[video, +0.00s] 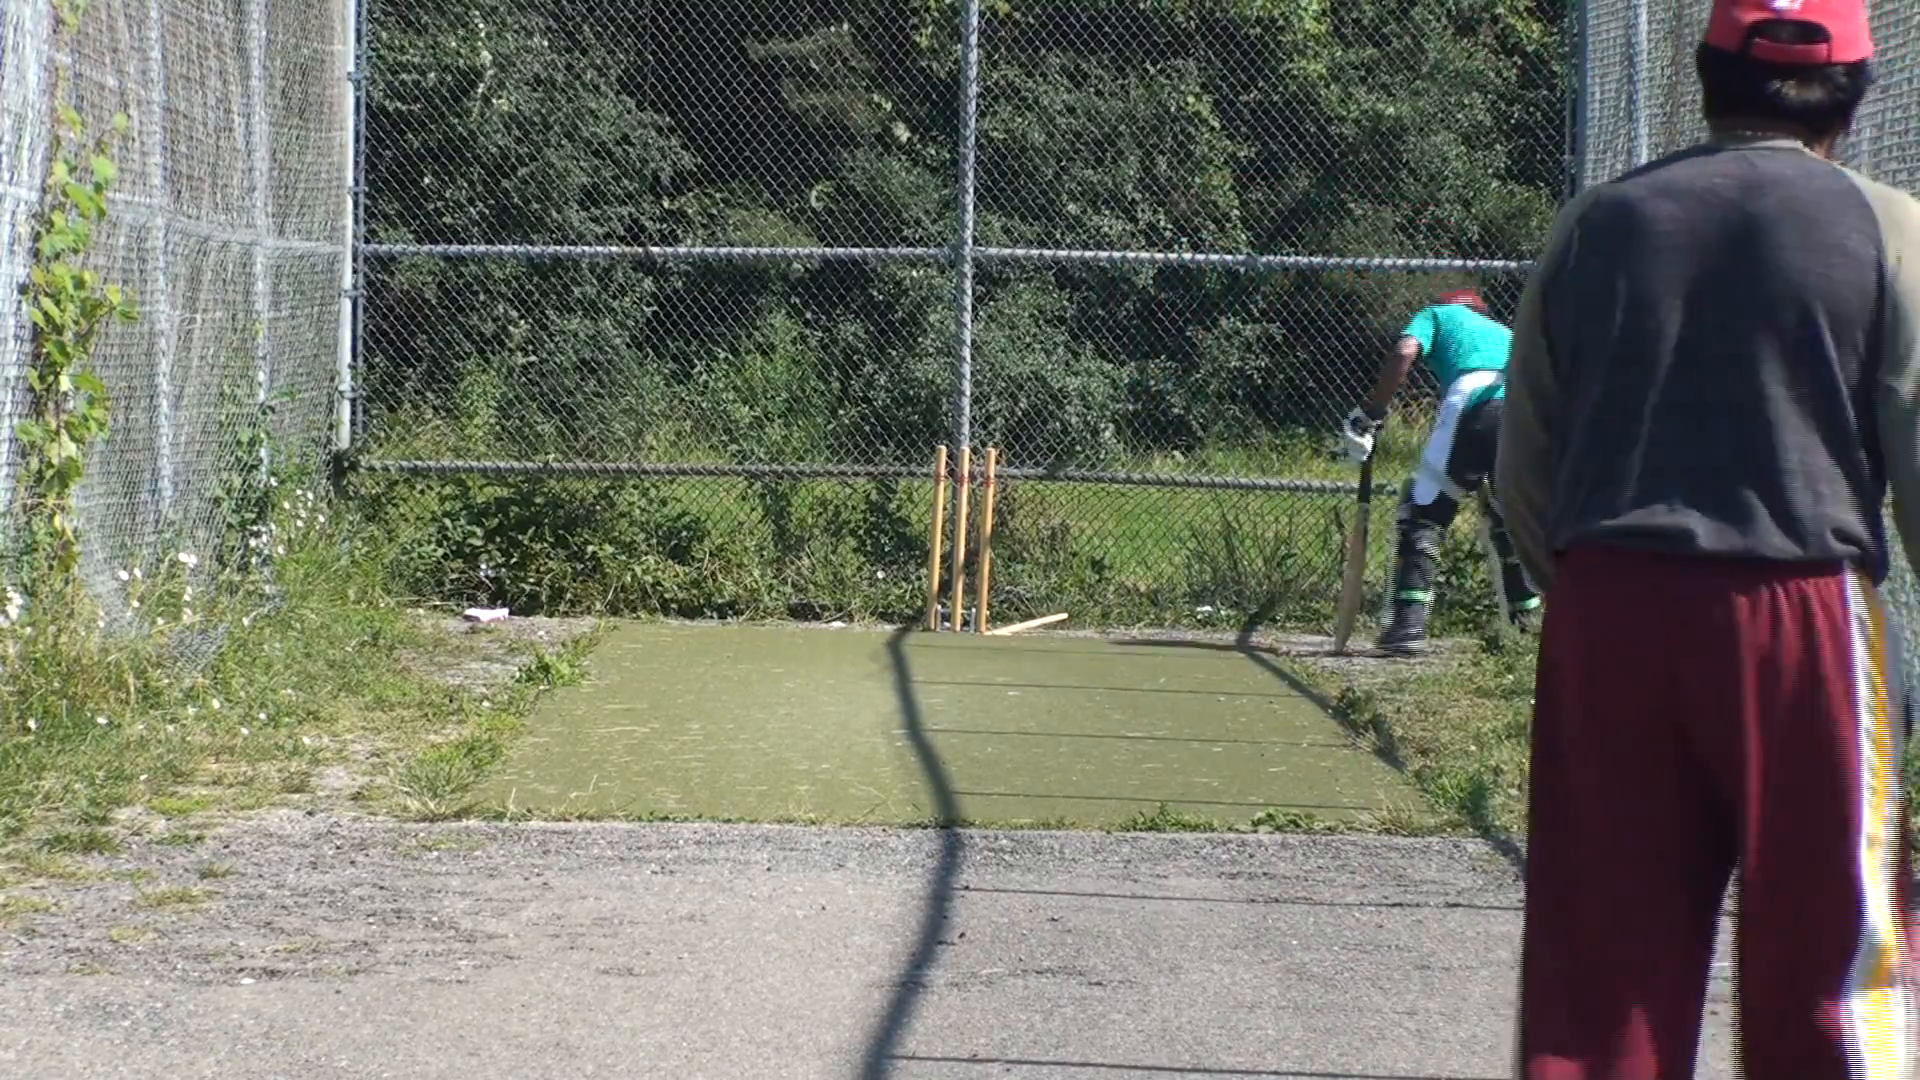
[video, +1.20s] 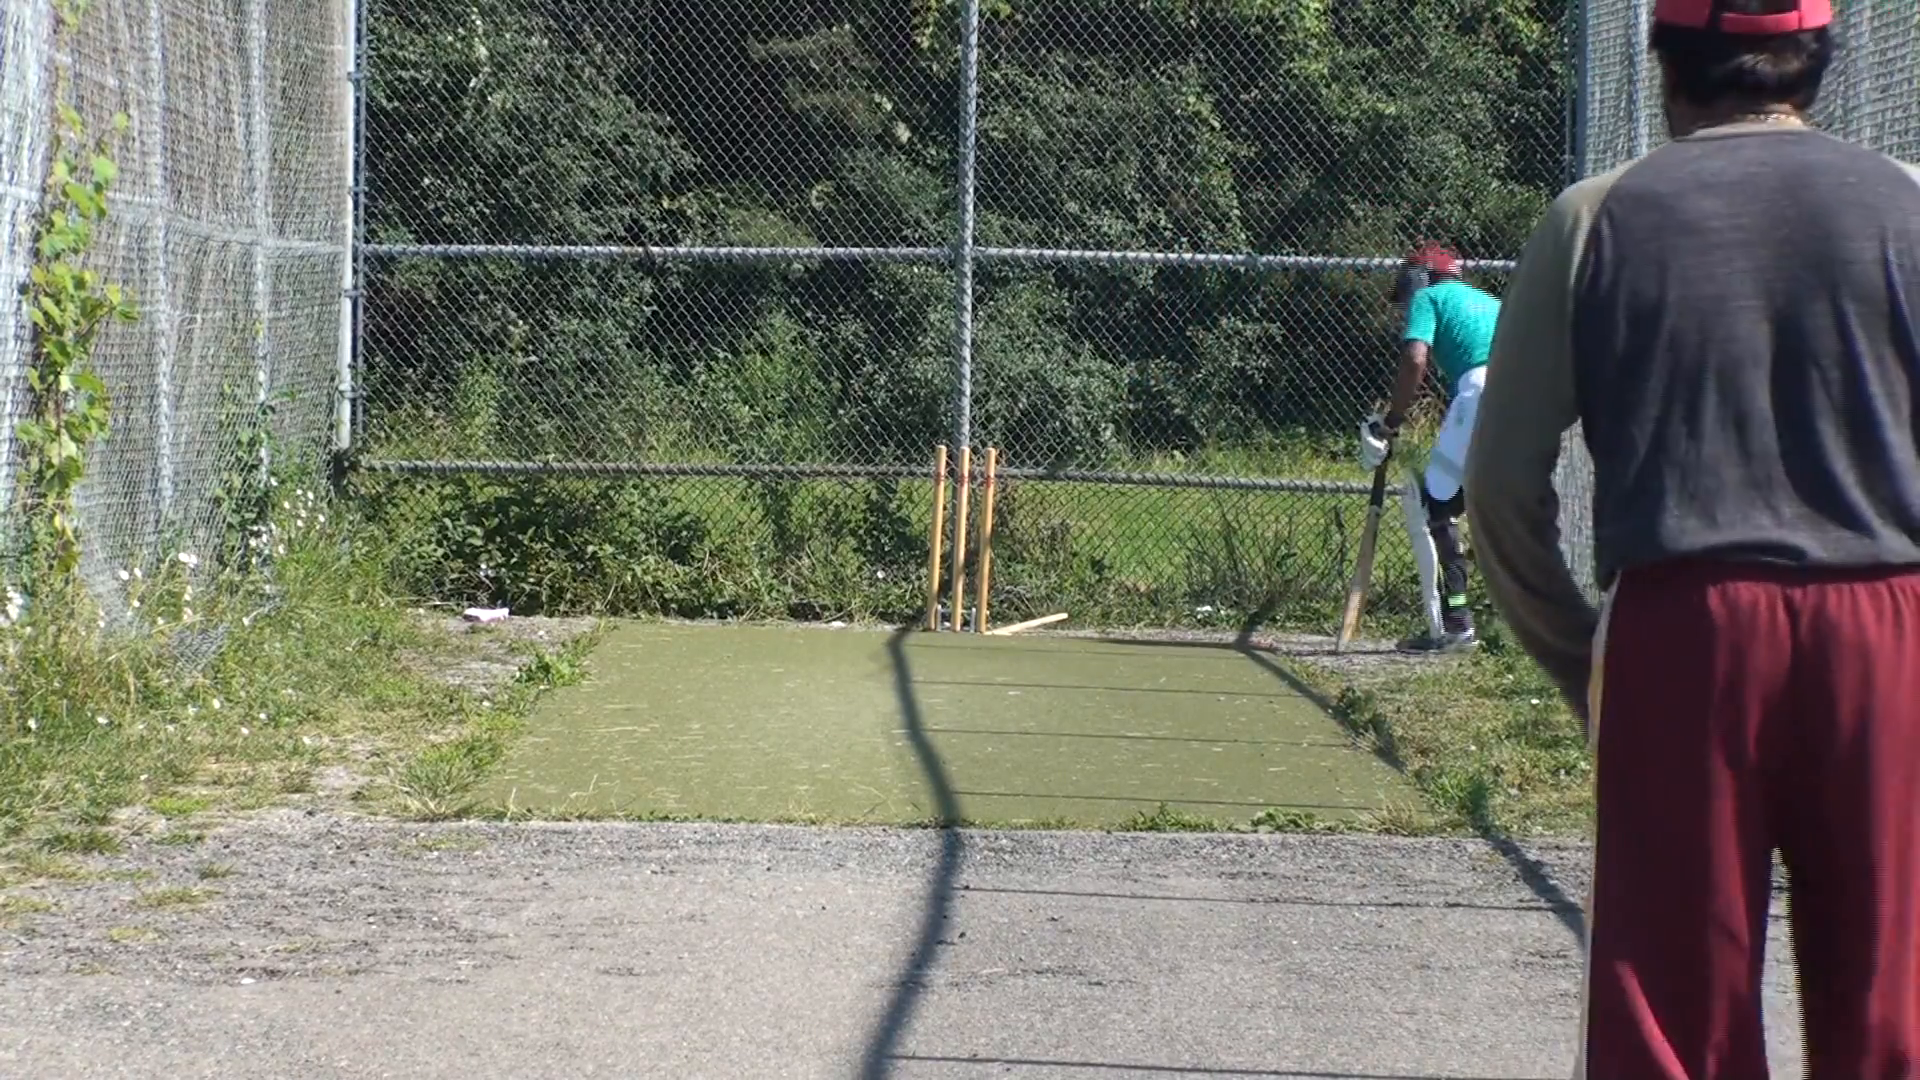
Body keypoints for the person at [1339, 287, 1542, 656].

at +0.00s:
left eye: (1441, 307)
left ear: (1446, 306)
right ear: (1482, 311)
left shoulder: (1435, 313)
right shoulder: (1506, 331)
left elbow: (1405, 354)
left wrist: (1368, 416)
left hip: (1475, 403)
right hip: (1528, 404)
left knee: (1426, 514)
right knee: (1508, 508)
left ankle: (1409, 623)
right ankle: (1527, 611)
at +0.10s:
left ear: (1446, 332)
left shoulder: (1443, 331)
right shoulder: (1503, 342)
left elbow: (1413, 354)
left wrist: (1381, 415)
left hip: (1483, 385)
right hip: (1529, 386)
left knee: (1441, 508)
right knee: (1509, 502)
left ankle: (1444, 617)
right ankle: (1523, 611)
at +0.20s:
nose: (1439, 405)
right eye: (1436, 400)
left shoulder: (1449, 348)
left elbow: (1419, 358)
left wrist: (1384, 416)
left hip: (1496, 402)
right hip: (1539, 400)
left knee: (1461, 509)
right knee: (1515, 505)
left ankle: (1472, 619)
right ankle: (1523, 608)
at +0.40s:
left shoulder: (1455, 381)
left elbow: (1427, 368)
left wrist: (1392, 425)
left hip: (1504, 411)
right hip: (1559, 413)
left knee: (1489, 516)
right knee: (1525, 511)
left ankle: (1498, 617)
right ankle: (1539, 609)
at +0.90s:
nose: (1435, 422)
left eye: (1430, 414)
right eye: (1430, 418)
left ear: (1431, 390)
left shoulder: (1441, 346)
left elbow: (1424, 364)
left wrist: (1391, 426)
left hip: (1498, 398)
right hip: (1543, 399)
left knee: (1468, 508)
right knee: (1523, 510)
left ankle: (1489, 601)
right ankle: (1532, 606)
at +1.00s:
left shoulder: (1439, 328)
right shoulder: (1499, 343)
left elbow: (1424, 362)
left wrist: (1392, 424)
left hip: (1497, 396)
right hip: (1540, 393)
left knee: (1454, 503)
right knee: (1517, 501)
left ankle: (1479, 604)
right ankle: (1528, 606)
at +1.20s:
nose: (1408, 303)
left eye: (1408, 295)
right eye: (1405, 299)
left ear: (1421, 281)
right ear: (1448, 278)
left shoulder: (1427, 294)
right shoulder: (1479, 298)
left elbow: (1416, 360)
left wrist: (1391, 421)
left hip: (1482, 389)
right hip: (1526, 381)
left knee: (1436, 505)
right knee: (1492, 497)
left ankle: (1456, 621)